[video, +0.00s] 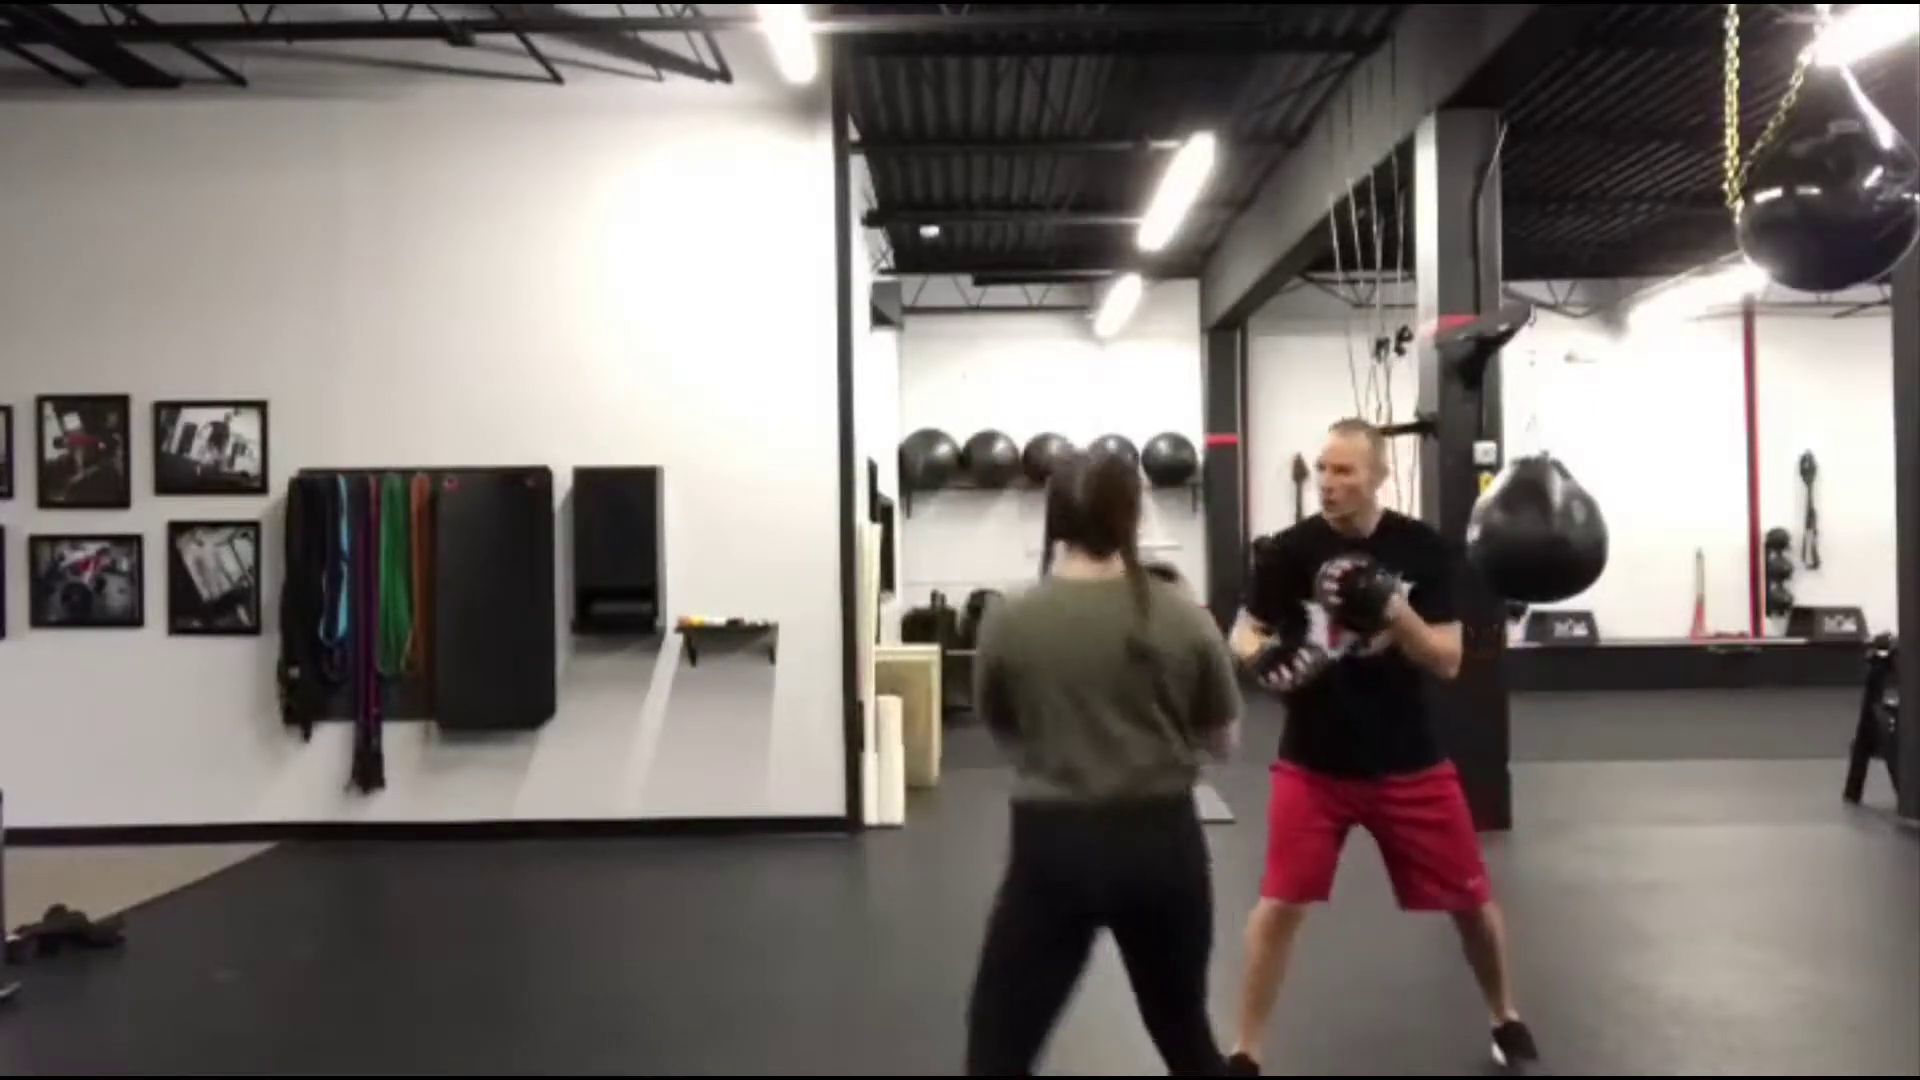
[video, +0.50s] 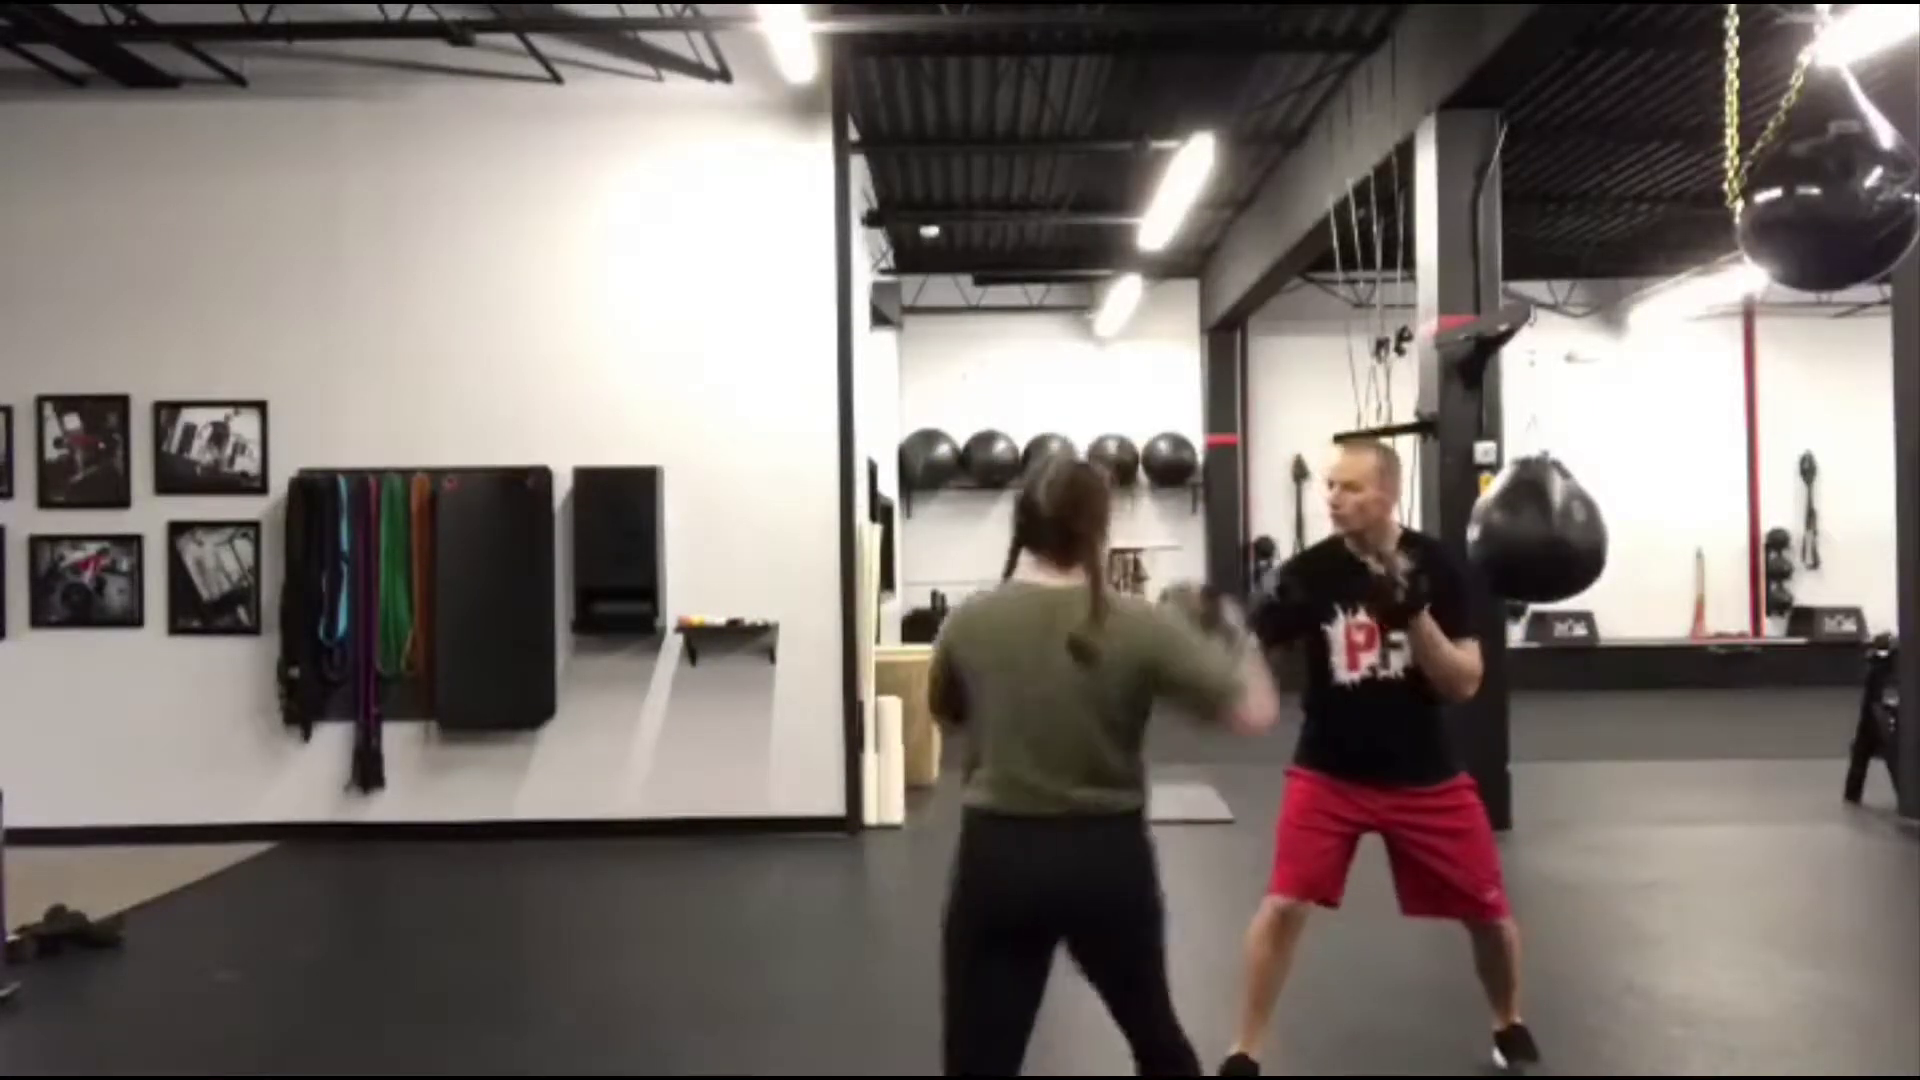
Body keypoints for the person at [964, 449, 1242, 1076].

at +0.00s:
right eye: (1135, 503)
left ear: (1056, 517)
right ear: (1134, 515)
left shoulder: (1013, 617)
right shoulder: (1178, 614)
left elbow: (1001, 725)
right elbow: (1219, 728)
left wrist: (1071, 733)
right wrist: (1147, 721)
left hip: (1053, 853)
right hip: (1161, 849)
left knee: (999, 1043)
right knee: (1182, 1025)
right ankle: (1217, 1070)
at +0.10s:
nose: (1138, 495)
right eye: (1134, 487)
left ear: (1046, 493)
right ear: (1127, 497)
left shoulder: (991, 581)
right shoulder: (1167, 592)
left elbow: (975, 674)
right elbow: (1209, 717)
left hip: (1014, 824)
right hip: (1126, 825)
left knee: (977, 1045)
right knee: (1169, 1023)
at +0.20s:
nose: (1131, 518)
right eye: (1126, 509)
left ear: (1035, 517)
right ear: (1113, 522)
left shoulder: (975, 605)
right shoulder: (1146, 624)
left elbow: (961, 705)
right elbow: (1182, 743)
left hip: (983, 842)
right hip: (1093, 848)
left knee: (972, 1058)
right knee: (1143, 1043)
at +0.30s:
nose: (1112, 569)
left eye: (1106, 558)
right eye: (1108, 559)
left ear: (1023, 563)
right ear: (1100, 572)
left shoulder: (964, 646)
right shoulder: (1123, 676)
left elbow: (942, 739)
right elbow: (1155, 811)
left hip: (956, 890)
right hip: (1068, 902)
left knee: (956, 1066)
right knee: (1130, 1062)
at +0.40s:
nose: (1108, 568)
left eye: (1105, 556)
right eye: (1104, 557)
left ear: (1018, 559)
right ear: (1092, 566)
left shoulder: (961, 644)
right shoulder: (1119, 667)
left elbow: (939, 739)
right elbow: (1169, 773)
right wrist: (1176, 706)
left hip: (960, 897)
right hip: (1070, 902)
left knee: (952, 1063)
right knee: (1135, 1019)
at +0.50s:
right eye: (1103, 519)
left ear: (1021, 525)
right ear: (1099, 528)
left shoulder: (972, 619)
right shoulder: (1139, 624)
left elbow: (947, 708)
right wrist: (1235, 630)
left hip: (999, 862)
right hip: (1109, 862)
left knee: (978, 1057)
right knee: (1155, 1034)